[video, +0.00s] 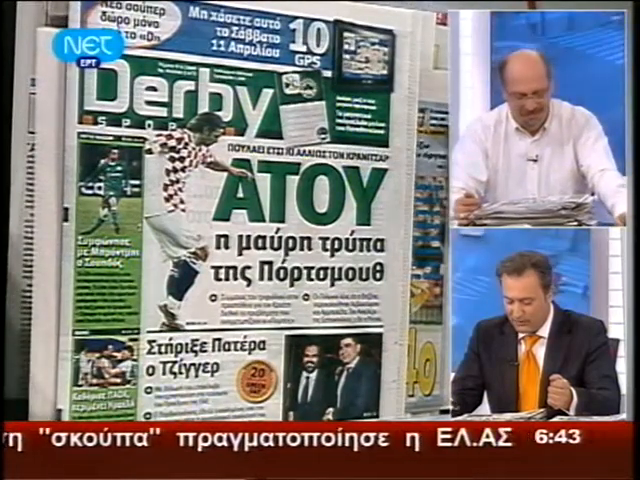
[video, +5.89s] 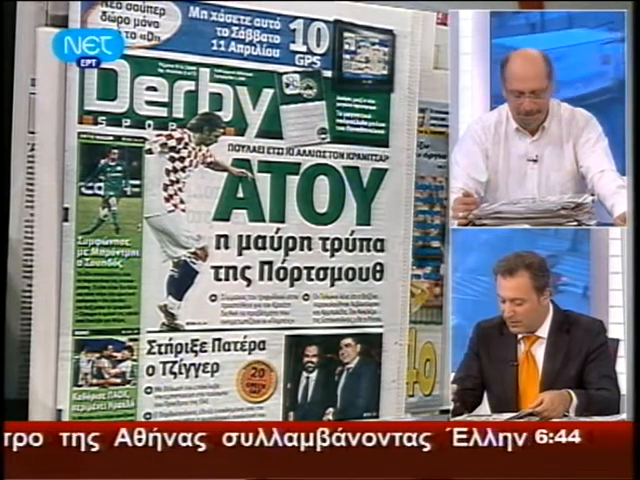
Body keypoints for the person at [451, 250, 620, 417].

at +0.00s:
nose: (516, 312)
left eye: (526, 302)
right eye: (509, 302)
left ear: (549, 294)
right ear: (503, 297)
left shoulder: (588, 332)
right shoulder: (487, 334)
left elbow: (610, 403)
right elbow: (461, 401)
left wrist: (574, 400)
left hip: (568, 451)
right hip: (505, 450)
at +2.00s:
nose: (516, 312)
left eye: (526, 302)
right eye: (509, 301)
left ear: (549, 294)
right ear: (503, 297)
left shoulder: (588, 332)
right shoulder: (487, 334)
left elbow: (610, 403)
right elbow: (464, 394)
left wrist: (574, 400)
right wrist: (457, 401)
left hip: (567, 451)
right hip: (503, 450)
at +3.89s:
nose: (511, 313)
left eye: (521, 303)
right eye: (505, 302)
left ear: (547, 296)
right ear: (499, 297)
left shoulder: (588, 333)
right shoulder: (486, 334)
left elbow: (610, 402)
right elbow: (464, 396)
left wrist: (574, 400)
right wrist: (452, 403)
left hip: (568, 450)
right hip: (503, 449)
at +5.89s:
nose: (507, 312)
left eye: (518, 303)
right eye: (502, 302)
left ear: (545, 297)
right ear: (498, 297)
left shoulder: (588, 333)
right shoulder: (486, 334)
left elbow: (610, 402)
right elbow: (462, 401)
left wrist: (569, 400)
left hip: (569, 452)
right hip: (505, 451)